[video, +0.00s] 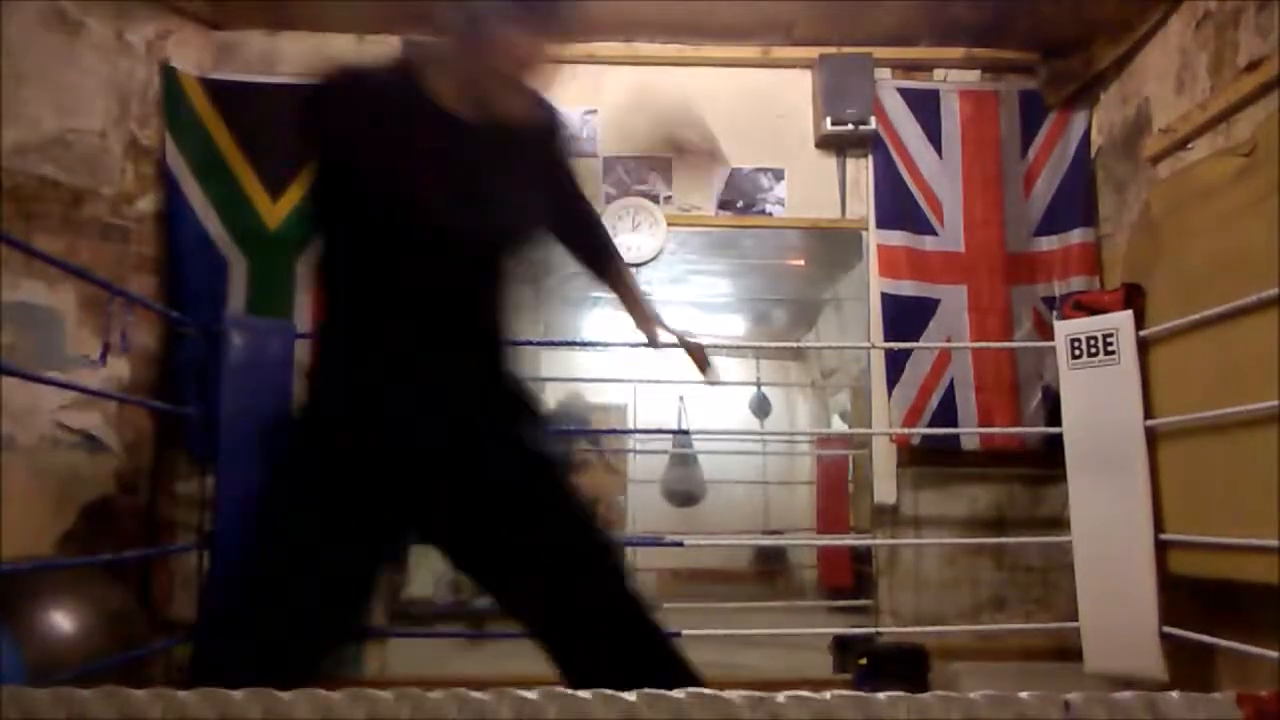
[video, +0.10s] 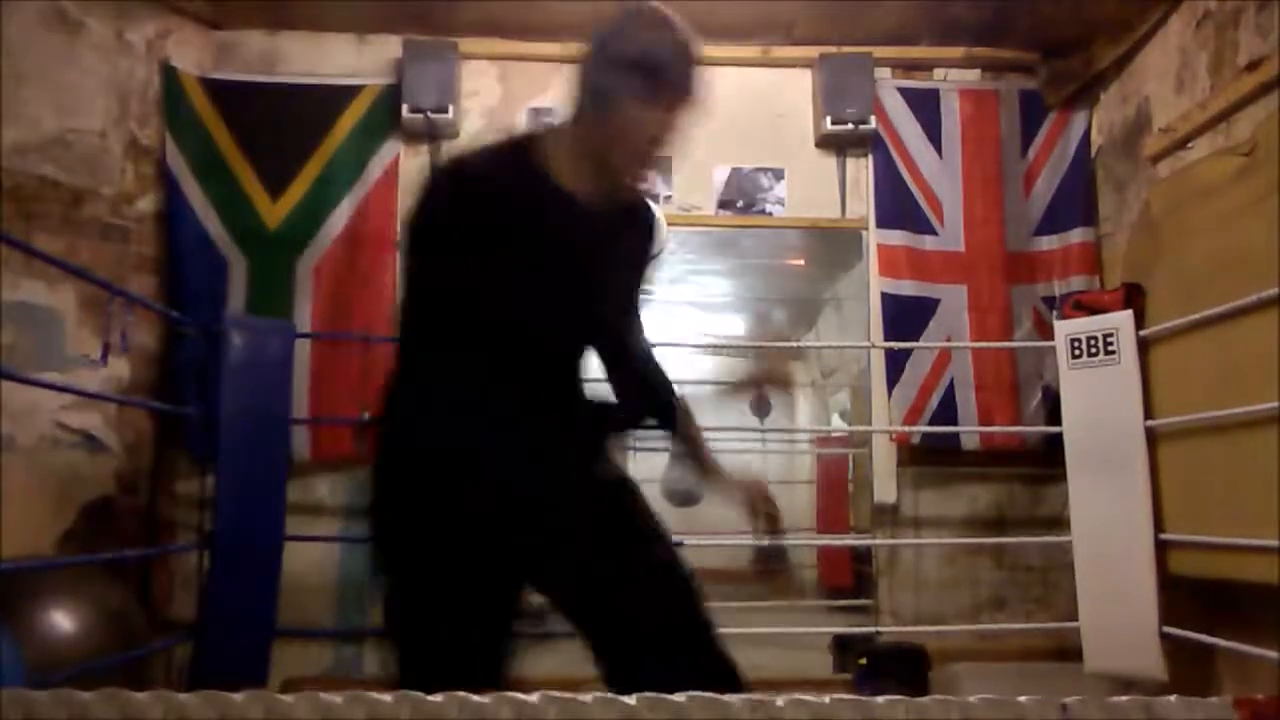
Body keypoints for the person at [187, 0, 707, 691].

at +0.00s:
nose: (534, 53)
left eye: (544, 36)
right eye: (522, 28)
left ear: (542, 42)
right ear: (468, 21)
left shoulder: (524, 130)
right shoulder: (356, 104)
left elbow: (578, 225)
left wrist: (647, 319)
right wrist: (203, 63)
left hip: (473, 425)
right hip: (353, 423)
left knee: (593, 611)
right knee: (273, 636)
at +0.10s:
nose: (662, 138)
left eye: (671, 118)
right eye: (651, 113)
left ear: (670, 112)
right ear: (598, 96)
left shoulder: (625, 221)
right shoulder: (468, 189)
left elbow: (619, 339)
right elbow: (442, 395)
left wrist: (701, 456)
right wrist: (614, 420)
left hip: (561, 479)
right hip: (442, 482)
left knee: (690, 683)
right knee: (449, 704)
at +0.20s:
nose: (730, 176)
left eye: (741, 155)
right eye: (726, 149)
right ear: (673, 117)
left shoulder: (673, 251)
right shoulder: (516, 199)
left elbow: (648, 412)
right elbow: (478, 419)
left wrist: (740, 515)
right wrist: (623, 511)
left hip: (596, 480)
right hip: (482, 486)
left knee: (728, 698)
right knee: (548, 702)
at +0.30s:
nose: (720, 121)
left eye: (739, 104)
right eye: (705, 90)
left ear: (748, 117)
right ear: (656, 79)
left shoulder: (706, 243)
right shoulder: (517, 172)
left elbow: (686, 413)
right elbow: (402, 339)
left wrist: (714, 407)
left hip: (611, 451)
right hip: (489, 441)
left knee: (733, 697)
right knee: (509, 710)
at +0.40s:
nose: (660, 44)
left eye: (680, 27)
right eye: (649, 20)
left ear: (694, 41)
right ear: (613, 17)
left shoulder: (695, 160)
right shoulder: (493, 98)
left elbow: (684, 293)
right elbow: (357, 159)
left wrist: (625, 140)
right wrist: (280, 266)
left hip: (587, 424)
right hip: (457, 418)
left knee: (693, 665)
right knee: (366, 652)